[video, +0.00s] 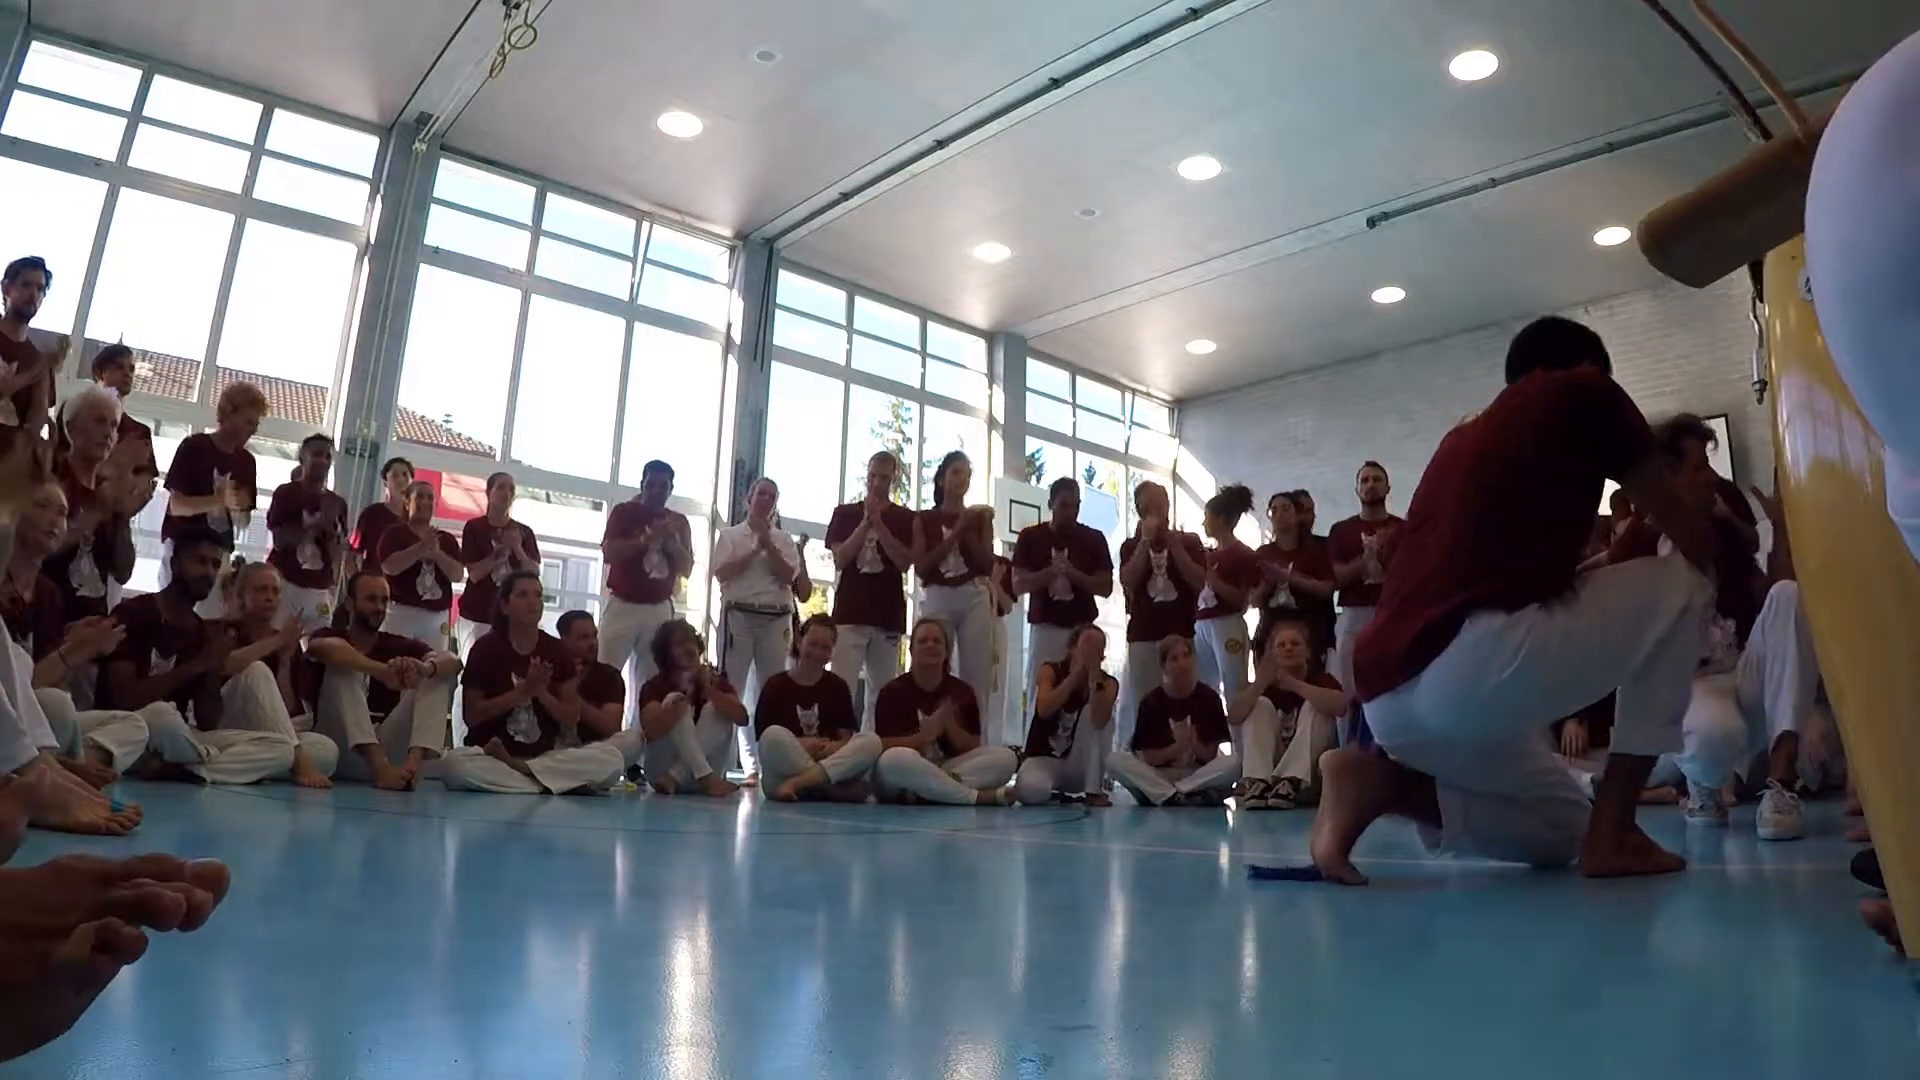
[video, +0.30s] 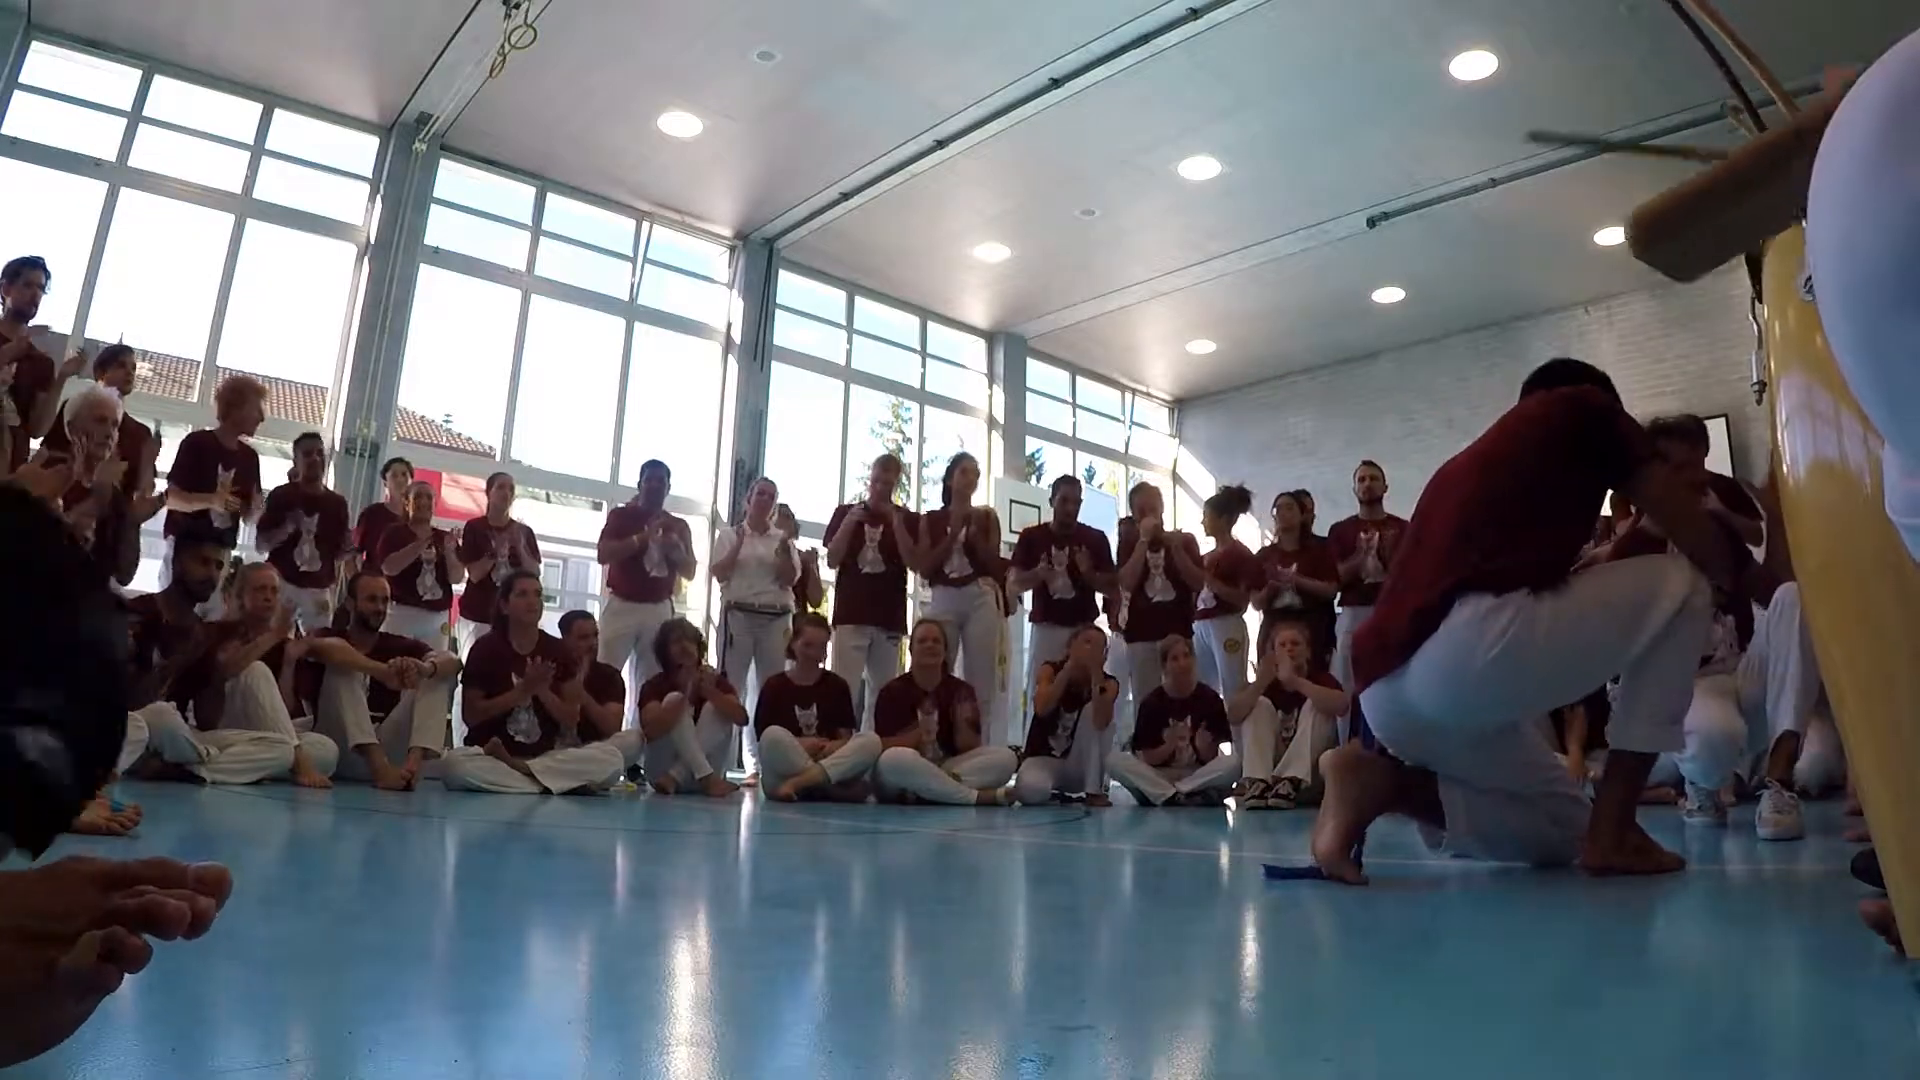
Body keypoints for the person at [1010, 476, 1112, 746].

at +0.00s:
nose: (1069, 510)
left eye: (1073, 504)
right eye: (1063, 504)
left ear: (1079, 505)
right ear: (1051, 504)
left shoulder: (1094, 538)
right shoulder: (1030, 536)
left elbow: (1105, 588)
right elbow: (1018, 584)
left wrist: (1070, 572)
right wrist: (1051, 573)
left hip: (1082, 629)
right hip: (1045, 627)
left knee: (1082, 698)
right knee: (1041, 696)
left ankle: (1078, 762)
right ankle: (1037, 760)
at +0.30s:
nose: (1070, 508)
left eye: (1076, 502)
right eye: (1065, 500)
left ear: (1081, 503)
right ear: (1052, 500)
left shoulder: (1095, 538)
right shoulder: (1032, 536)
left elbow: (1112, 586)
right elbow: (1014, 584)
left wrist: (1089, 575)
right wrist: (1039, 574)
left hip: (1084, 630)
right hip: (1046, 629)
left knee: (1084, 699)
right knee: (1040, 698)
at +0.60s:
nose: (1069, 503)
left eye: (1075, 498)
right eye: (1064, 496)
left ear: (1081, 502)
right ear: (1052, 499)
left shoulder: (1096, 538)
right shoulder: (1032, 536)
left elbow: (1109, 586)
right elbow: (1018, 583)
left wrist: (1079, 571)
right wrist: (1043, 571)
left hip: (1087, 629)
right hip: (1047, 627)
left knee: (1084, 697)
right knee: (1040, 694)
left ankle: (1081, 760)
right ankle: (1037, 759)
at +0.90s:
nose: (1068, 503)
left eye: (1074, 499)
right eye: (1063, 497)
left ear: (1081, 504)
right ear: (1053, 500)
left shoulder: (1095, 539)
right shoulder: (1033, 537)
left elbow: (1108, 589)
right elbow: (1020, 585)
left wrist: (1073, 571)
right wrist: (1049, 572)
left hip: (1085, 630)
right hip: (1047, 628)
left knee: (1083, 700)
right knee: (1039, 698)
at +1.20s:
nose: (1070, 500)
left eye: (1077, 496)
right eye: (1065, 495)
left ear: (1084, 502)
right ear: (1056, 499)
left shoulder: (1098, 540)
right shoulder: (1035, 537)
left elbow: (1108, 589)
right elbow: (1022, 586)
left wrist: (1070, 571)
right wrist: (1050, 570)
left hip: (1087, 630)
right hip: (1048, 629)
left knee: (1085, 700)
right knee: (1039, 696)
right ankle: (1037, 761)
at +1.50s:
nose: (1069, 498)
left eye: (1076, 494)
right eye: (1064, 492)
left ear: (1083, 503)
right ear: (1054, 500)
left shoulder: (1097, 539)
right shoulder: (1035, 537)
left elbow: (1112, 586)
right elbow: (1020, 584)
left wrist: (1083, 571)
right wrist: (1037, 573)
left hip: (1086, 629)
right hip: (1048, 627)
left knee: (1082, 700)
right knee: (1040, 696)